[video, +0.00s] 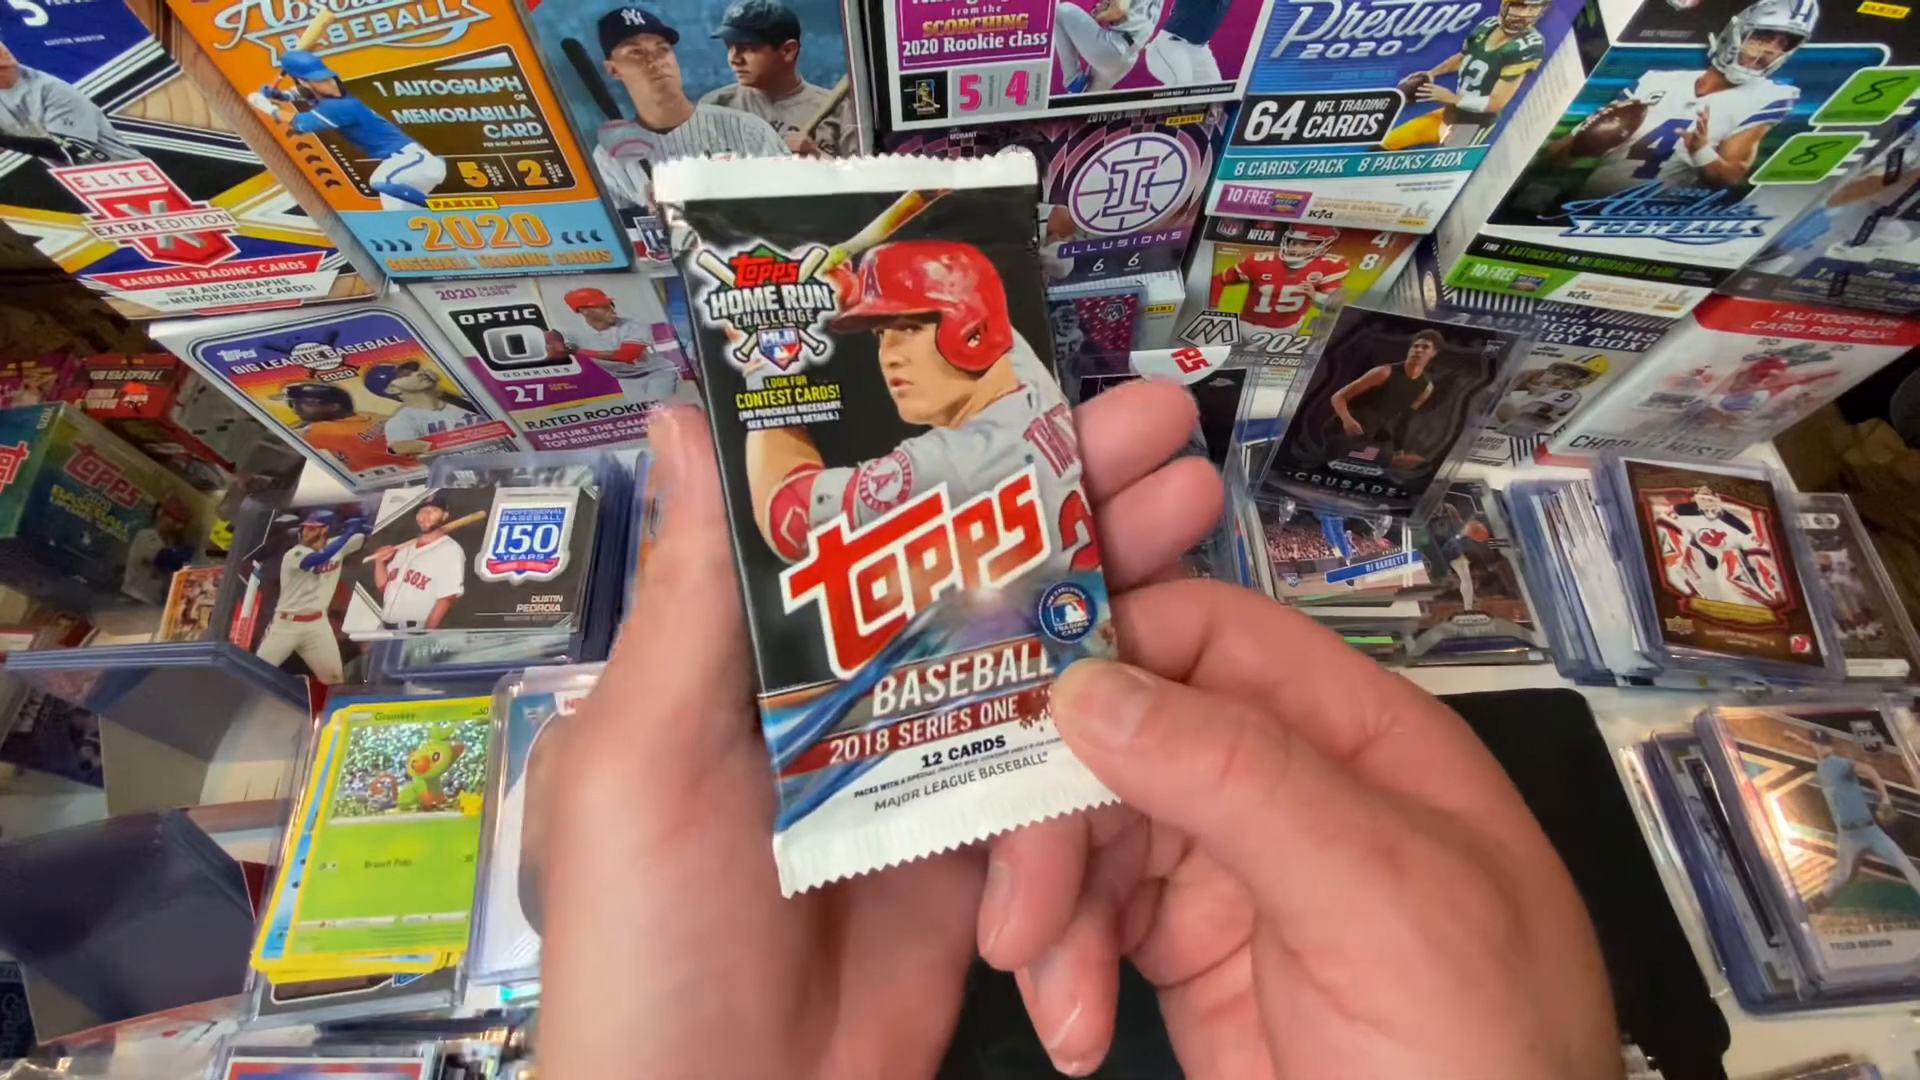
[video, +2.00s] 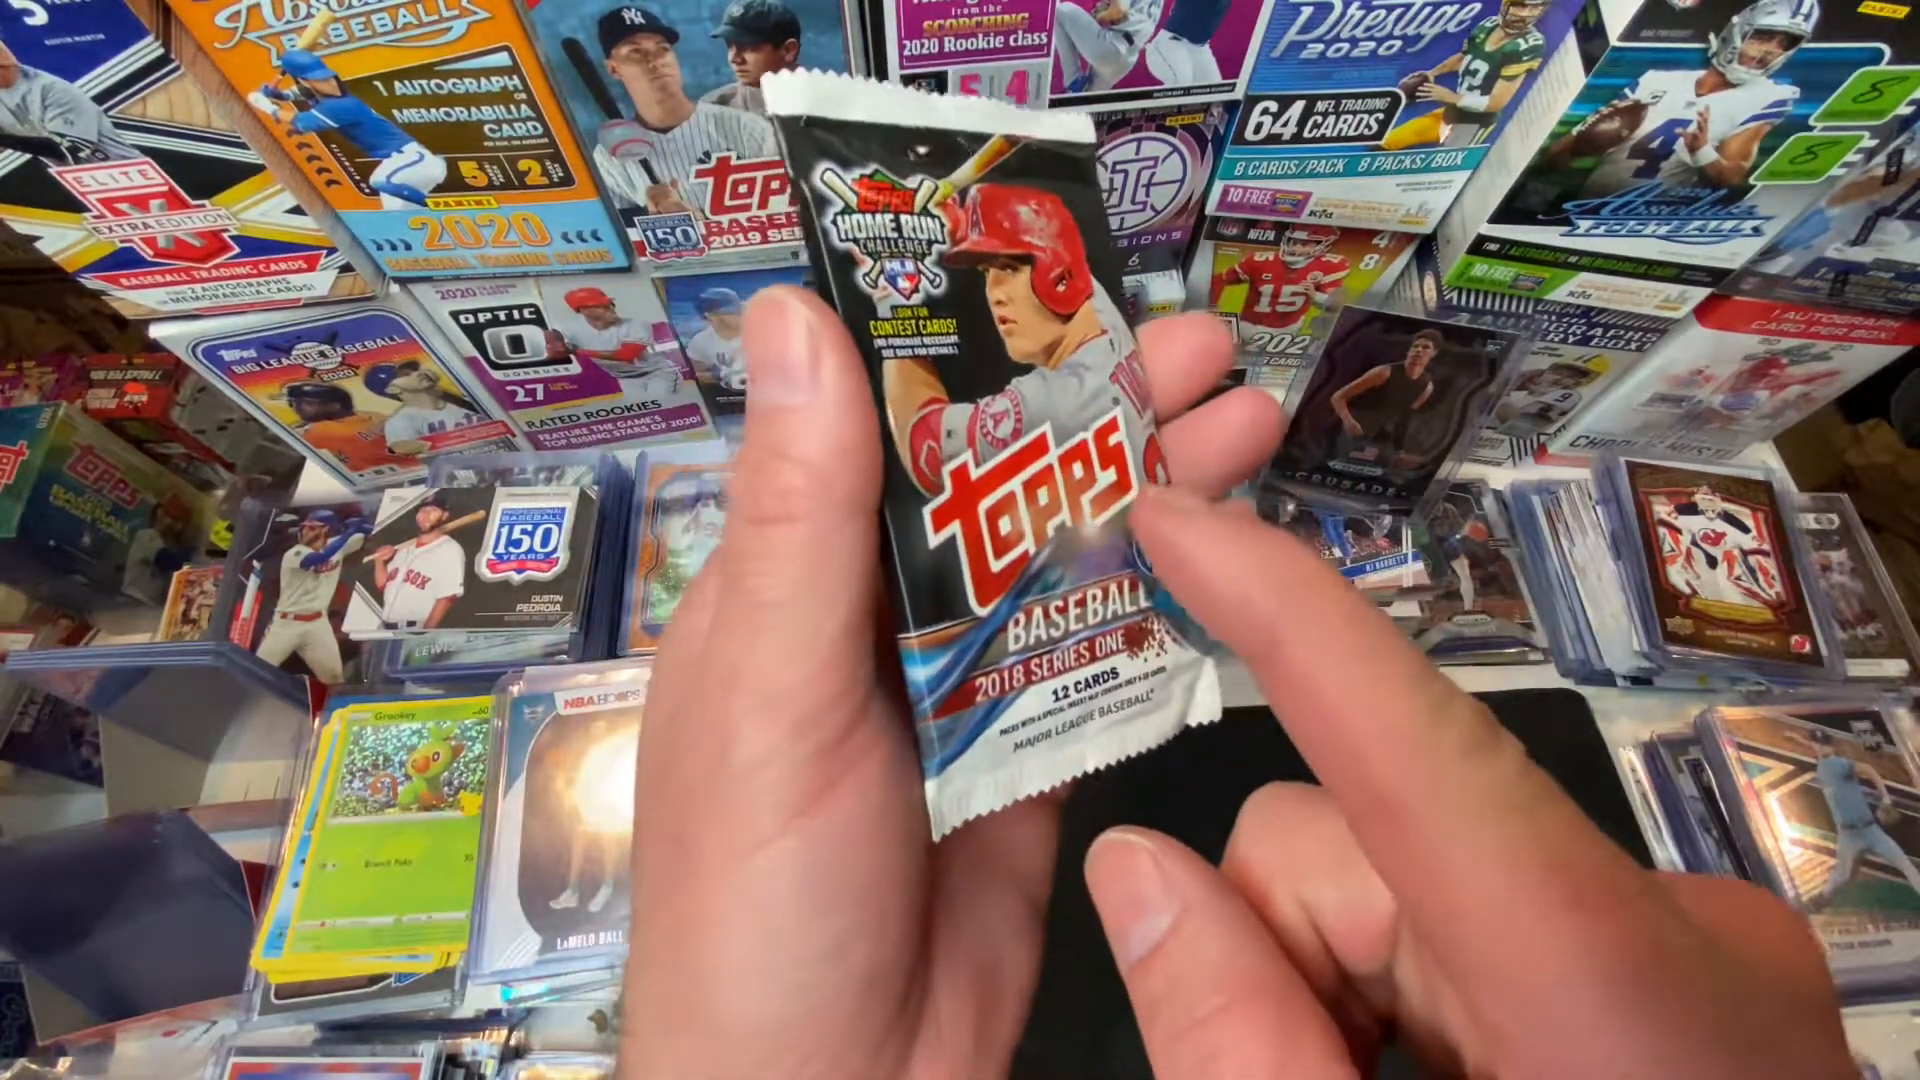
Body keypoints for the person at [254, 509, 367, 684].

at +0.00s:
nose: (304, 532)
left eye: (310, 528)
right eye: (304, 527)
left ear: (324, 531)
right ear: (302, 529)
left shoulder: (337, 548)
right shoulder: (293, 555)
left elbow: (367, 532)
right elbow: (318, 560)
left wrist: (358, 523)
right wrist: (347, 536)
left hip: (317, 625)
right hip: (284, 625)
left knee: (334, 681)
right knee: (258, 671)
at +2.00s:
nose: (302, 531)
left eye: (309, 527)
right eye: (303, 527)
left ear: (324, 530)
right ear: (303, 530)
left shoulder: (336, 549)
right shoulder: (294, 554)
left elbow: (367, 531)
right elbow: (318, 559)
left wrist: (355, 524)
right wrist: (347, 535)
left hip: (317, 625)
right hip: (285, 624)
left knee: (334, 678)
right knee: (258, 670)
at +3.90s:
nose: (304, 532)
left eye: (310, 528)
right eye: (304, 528)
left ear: (324, 531)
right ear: (302, 530)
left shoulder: (337, 549)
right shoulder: (293, 554)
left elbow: (365, 531)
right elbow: (318, 559)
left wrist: (356, 523)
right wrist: (346, 536)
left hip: (317, 624)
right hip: (285, 624)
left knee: (332, 674)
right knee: (260, 669)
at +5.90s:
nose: (304, 532)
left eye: (310, 528)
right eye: (304, 528)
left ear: (324, 531)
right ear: (302, 529)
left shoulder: (336, 548)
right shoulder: (293, 555)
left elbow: (367, 531)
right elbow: (319, 560)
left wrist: (354, 523)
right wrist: (348, 535)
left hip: (317, 625)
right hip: (285, 624)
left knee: (336, 677)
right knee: (258, 671)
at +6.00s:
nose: (304, 532)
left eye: (310, 528)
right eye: (304, 528)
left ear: (324, 530)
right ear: (302, 529)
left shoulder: (337, 547)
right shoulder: (293, 554)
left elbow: (368, 532)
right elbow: (319, 560)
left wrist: (354, 522)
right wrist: (348, 535)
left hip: (317, 625)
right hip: (285, 624)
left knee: (321, 679)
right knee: (258, 671)